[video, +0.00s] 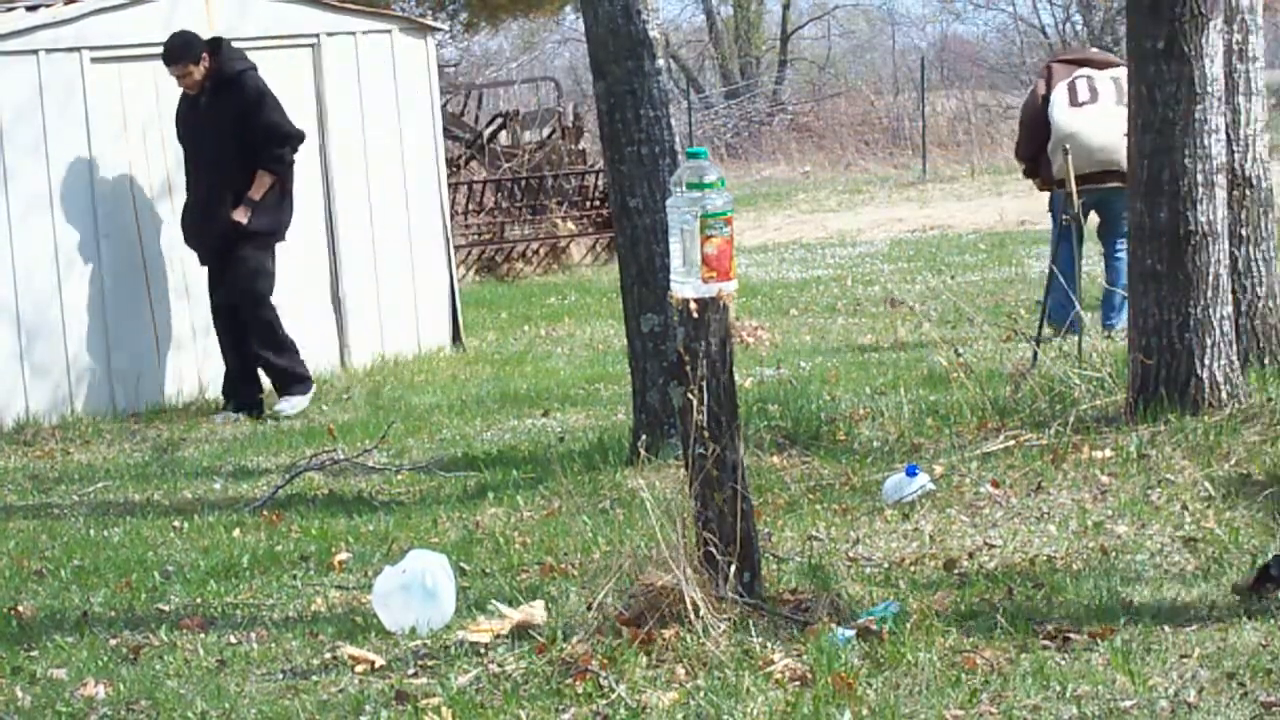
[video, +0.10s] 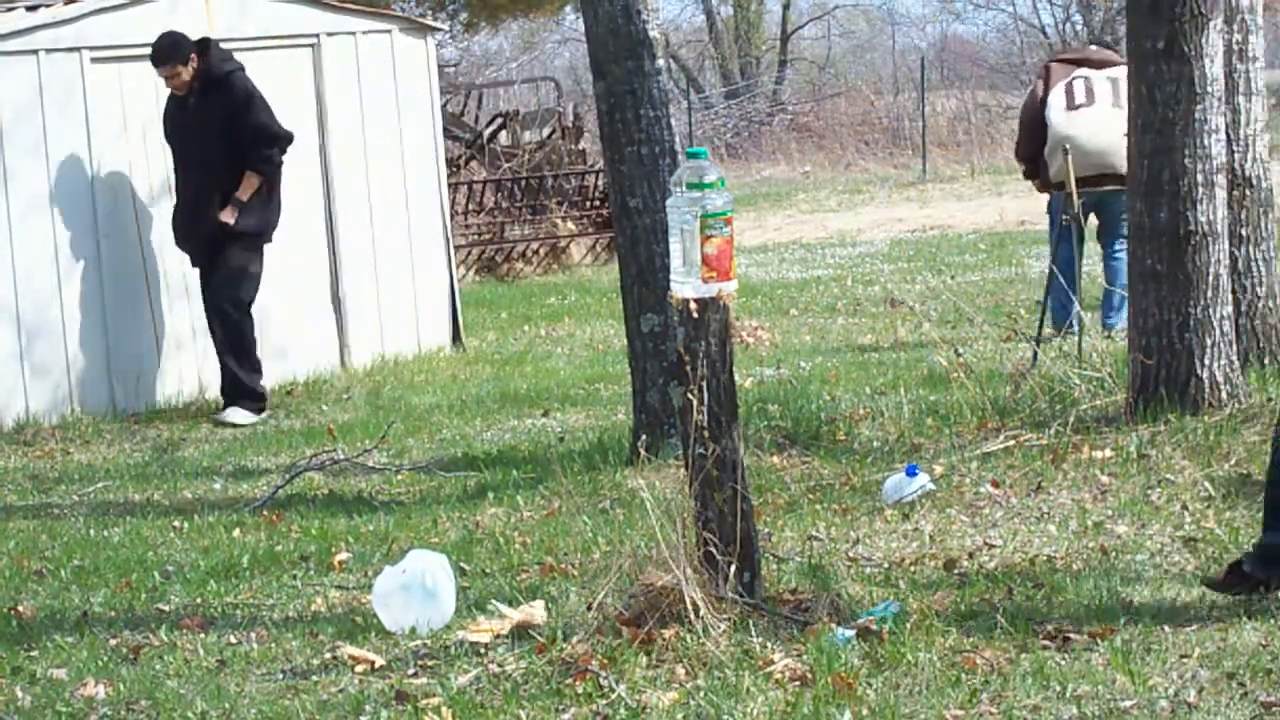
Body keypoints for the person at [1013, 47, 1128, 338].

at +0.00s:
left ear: (1062, 60)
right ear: (1101, 55)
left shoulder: (1048, 82)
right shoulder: (1124, 76)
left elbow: (1028, 139)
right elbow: (1142, 122)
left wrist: (1037, 171)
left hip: (1068, 178)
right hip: (1119, 173)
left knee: (1065, 247)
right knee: (1119, 245)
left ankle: (1064, 322)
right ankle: (1117, 322)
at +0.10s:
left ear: (1079, 49)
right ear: (1114, 53)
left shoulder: (1050, 78)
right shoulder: (1128, 75)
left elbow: (1028, 136)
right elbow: (1144, 124)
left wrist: (1037, 173)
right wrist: (1142, 167)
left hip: (1067, 177)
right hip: (1118, 173)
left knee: (1065, 250)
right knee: (1118, 245)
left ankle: (1064, 324)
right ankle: (1117, 323)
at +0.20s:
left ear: (1074, 51)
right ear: (1113, 51)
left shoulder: (1049, 78)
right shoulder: (1127, 74)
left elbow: (1027, 130)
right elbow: (1144, 124)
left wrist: (1033, 174)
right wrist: (1143, 170)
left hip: (1064, 180)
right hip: (1116, 176)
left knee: (1065, 253)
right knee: (1117, 248)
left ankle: (1069, 323)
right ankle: (1116, 323)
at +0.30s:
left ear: (1073, 48)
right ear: (1111, 50)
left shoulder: (1046, 73)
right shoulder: (1125, 71)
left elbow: (1023, 129)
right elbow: (1143, 122)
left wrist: (1031, 178)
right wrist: (1143, 169)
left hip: (1058, 178)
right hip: (1113, 174)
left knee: (1065, 251)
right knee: (1116, 247)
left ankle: (1072, 323)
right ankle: (1117, 323)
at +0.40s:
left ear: (1068, 49)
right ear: (1104, 49)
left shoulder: (1040, 75)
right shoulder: (1123, 72)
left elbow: (1016, 133)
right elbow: (1140, 123)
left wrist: (1028, 183)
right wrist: (1139, 171)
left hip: (1052, 176)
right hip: (1109, 172)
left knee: (1063, 250)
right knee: (1113, 244)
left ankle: (1071, 324)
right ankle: (1116, 320)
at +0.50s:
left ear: (1063, 49)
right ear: (1101, 50)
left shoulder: (1034, 75)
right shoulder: (1119, 72)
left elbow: (1012, 130)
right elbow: (1137, 122)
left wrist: (1020, 179)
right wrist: (1137, 167)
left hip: (1047, 173)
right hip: (1106, 167)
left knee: (1060, 246)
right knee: (1113, 238)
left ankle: (1071, 322)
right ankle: (1115, 313)